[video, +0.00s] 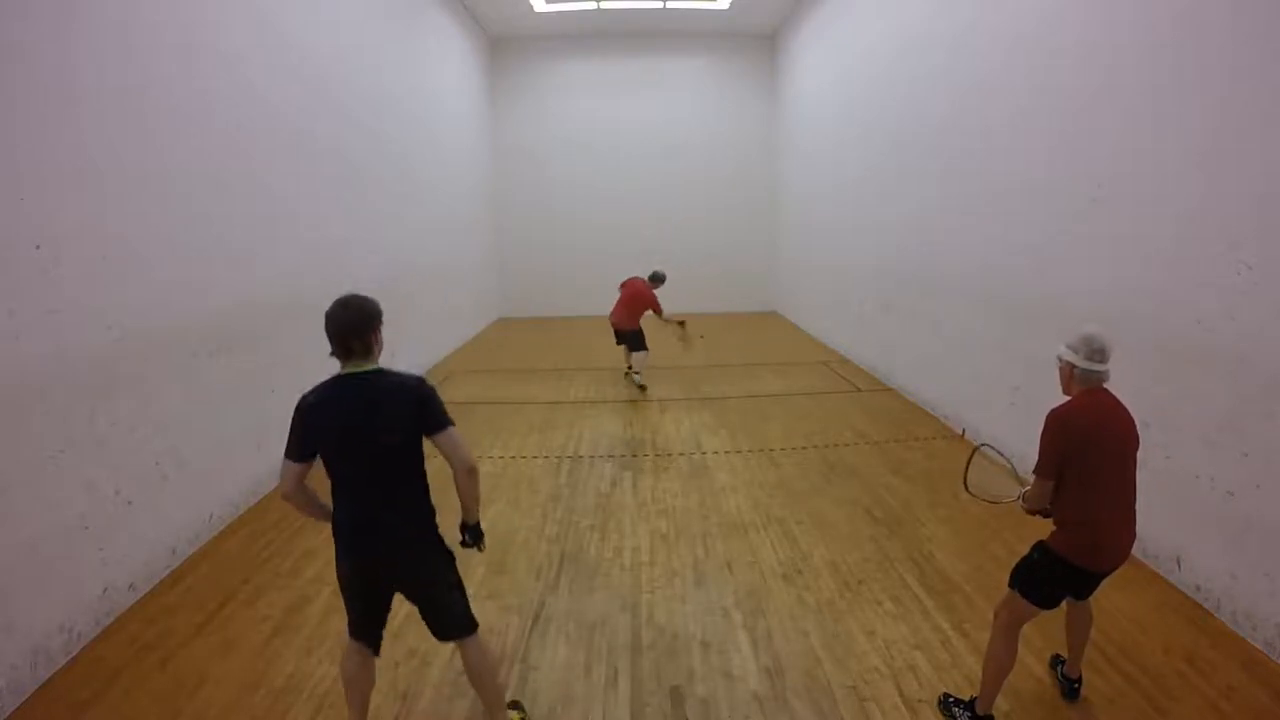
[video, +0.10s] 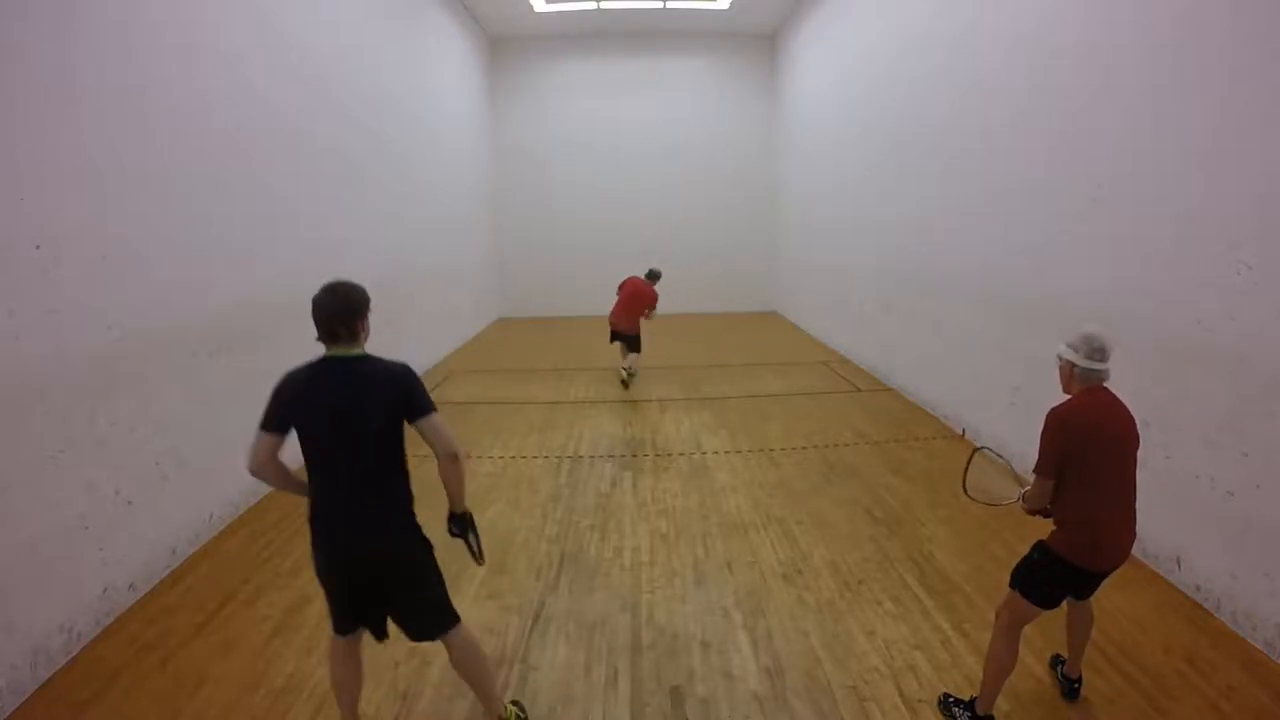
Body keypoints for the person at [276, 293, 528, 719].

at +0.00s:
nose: (382, 335)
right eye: (381, 329)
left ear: (331, 343)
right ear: (378, 336)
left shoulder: (314, 404)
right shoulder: (412, 391)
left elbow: (292, 488)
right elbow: (464, 463)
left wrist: (332, 515)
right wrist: (471, 522)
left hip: (357, 550)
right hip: (418, 543)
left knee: (360, 643)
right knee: (466, 635)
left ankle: (357, 716)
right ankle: (499, 714)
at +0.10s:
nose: (370, 323)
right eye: (368, 318)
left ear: (318, 327)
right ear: (364, 324)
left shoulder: (295, 385)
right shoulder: (395, 377)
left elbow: (260, 463)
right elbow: (448, 452)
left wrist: (307, 489)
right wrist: (459, 511)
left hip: (333, 540)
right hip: (395, 534)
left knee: (345, 635)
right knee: (449, 628)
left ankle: (349, 716)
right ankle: (498, 711)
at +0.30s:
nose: (336, 311)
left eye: (333, 303)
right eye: (334, 304)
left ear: (283, 314)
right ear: (327, 311)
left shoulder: (257, 369)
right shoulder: (357, 363)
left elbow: (217, 448)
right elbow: (414, 436)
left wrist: (258, 497)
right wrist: (425, 496)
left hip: (292, 526)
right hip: (355, 519)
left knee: (289, 629)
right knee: (409, 616)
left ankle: (286, 716)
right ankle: (456, 707)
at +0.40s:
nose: (317, 344)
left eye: (313, 337)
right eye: (316, 338)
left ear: (266, 348)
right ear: (310, 344)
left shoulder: (244, 407)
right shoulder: (341, 396)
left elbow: (211, 492)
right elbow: (404, 467)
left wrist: (242, 546)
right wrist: (418, 519)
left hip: (282, 558)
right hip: (346, 552)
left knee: (269, 658)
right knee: (397, 642)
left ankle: (261, 718)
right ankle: (438, 715)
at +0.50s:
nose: (294, 370)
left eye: (291, 364)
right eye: (292, 365)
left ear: (244, 378)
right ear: (287, 372)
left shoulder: (225, 436)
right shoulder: (319, 423)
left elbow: (202, 525)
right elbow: (376, 494)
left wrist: (222, 576)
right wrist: (380, 538)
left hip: (267, 578)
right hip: (327, 570)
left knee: (265, 667)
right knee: (383, 644)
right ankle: (429, 713)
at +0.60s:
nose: (270, 389)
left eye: (267, 383)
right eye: (269, 384)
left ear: (223, 396)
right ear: (265, 390)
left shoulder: (205, 449)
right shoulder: (295, 432)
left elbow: (184, 538)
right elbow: (327, 503)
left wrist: (202, 588)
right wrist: (308, 534)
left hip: (262, 576)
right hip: (318, 560)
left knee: (265, 664)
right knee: (352, 614)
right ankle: (404, 683)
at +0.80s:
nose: (251, 433)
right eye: (250, 429)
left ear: (212, 443)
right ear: (250, 434)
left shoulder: (211, 475)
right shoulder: (261, 467)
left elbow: (209, 555)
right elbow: (260, 538)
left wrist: (200, 627)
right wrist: (215, 559)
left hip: (275, 591)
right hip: (321, 572)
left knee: (274, 664)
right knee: (336, 612)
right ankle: (353, 658)